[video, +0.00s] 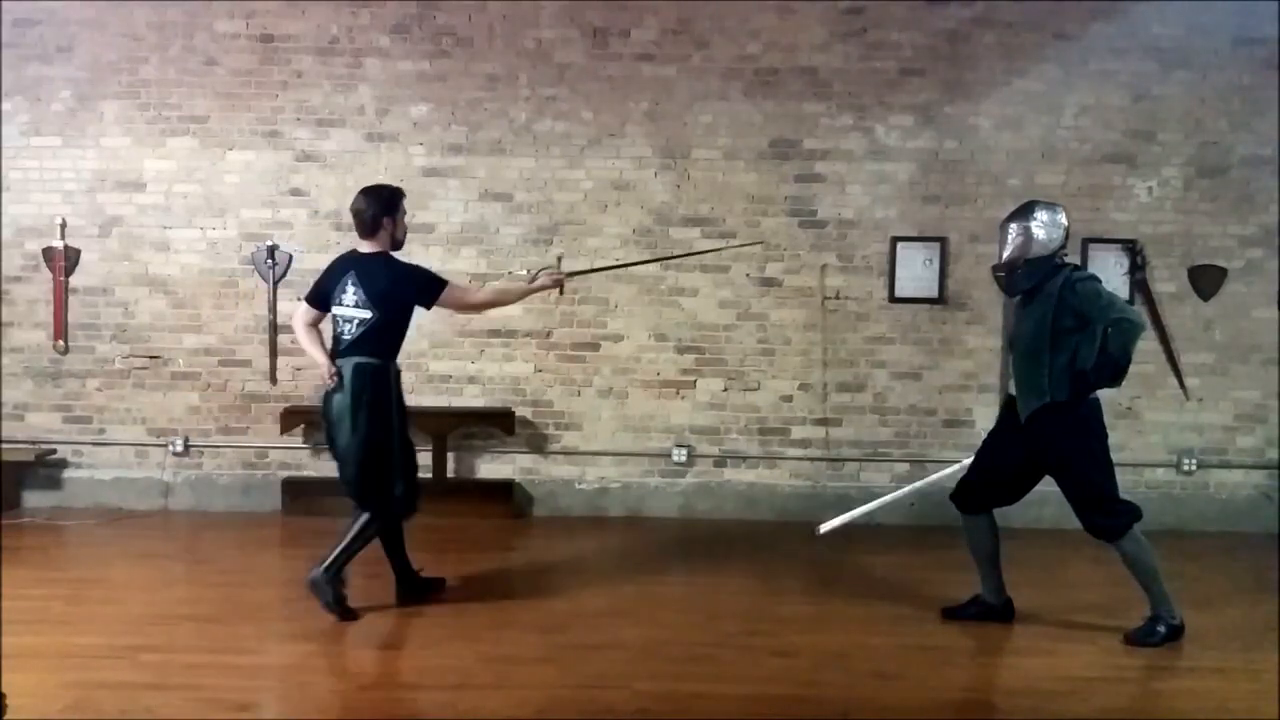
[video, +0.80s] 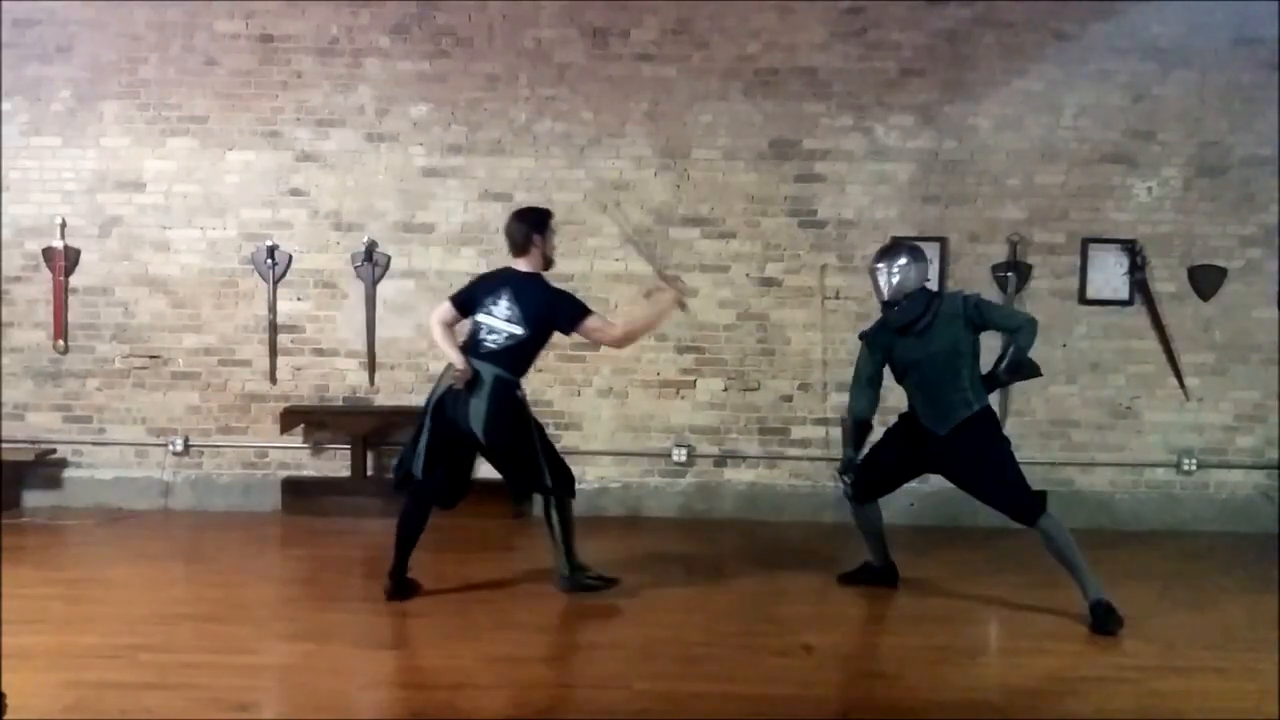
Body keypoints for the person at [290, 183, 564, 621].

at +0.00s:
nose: (407, 223)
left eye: (404, 215)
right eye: (402, 216)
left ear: (363, 225)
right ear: (388, 223)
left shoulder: (340, 268)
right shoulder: (401, 274)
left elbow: (303, 321)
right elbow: (471, 300)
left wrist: (325, 362)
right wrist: (532, 285)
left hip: (341, 388)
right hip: (373, 389)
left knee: (379, 488)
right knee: (397, 492)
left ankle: (407, 581)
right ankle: (329, 573)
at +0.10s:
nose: (416, 222)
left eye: (415, 214)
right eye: (413, 215)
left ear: (373, 222)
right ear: (398, 220)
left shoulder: (353, 266)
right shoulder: (414, 268)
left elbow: (321, 321)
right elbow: (491, 282)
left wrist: (337, 361)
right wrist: (550, 271)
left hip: (352, 388)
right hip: (388, 386)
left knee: (385, 483)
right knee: (449, 464)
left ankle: (405, 579)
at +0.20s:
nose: (430, 220)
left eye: (428, 211)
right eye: (427, 213)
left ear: (387, 219)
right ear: (412, 218)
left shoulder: (366, 262)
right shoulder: (427, 265)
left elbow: (335, 315)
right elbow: (502, 274)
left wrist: (347, 357)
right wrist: (565, 264)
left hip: (362, 389)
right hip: (399, 383)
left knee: (385, 486)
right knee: (474, 426)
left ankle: (404, 580)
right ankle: (416, 478)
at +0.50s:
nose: (481, 224)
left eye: (480, 216)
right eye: (478, 217)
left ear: (439, 222)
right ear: (463, 222)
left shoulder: (412, 261)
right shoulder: (474, 275)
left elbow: (372, 309)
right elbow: (546, 280)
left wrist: (385, 354)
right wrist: (579, 237)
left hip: (399, 389)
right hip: (441, 385)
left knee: (402, 482)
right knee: (527, 387)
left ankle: (406, 579)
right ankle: (468, 456)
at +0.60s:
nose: (506, 227)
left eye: (503, 219)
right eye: (502, 220)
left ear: (465, 225)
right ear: (487, 225)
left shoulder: (436, 264)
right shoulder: (498, 279)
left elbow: (392, 309)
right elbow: (566, 277)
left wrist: (405, 351)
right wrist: (579, 241)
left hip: (414, 388)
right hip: (457, 390)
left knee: (411, 482)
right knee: (537, 419)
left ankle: (406, 579)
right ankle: (476, 485)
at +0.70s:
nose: (526, 233)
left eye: (524, 226)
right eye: (523, 227)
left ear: (486, 231)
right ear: (510, 231)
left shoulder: (457, 271)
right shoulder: (522, 287)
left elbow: (413, 314)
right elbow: (592, 300)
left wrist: (432, 354)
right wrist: (616, 261)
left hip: (432, 388)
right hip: (477, 394)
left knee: (418, 481)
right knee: (542, 453)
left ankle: (406, 578)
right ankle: (509, 531)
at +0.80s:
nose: (555, 244)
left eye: (552, 236)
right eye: (551, 237)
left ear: (515, 242)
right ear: (537, 242)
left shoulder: (488, 283)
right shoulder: (549, 298)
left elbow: (439, 320)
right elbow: (615, 336)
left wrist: (458, 360)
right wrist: (666, 303)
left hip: (453, 396)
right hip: (497, 404)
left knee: (425, 484)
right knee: (556, 481)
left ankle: (396, 576)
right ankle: (570, 570)